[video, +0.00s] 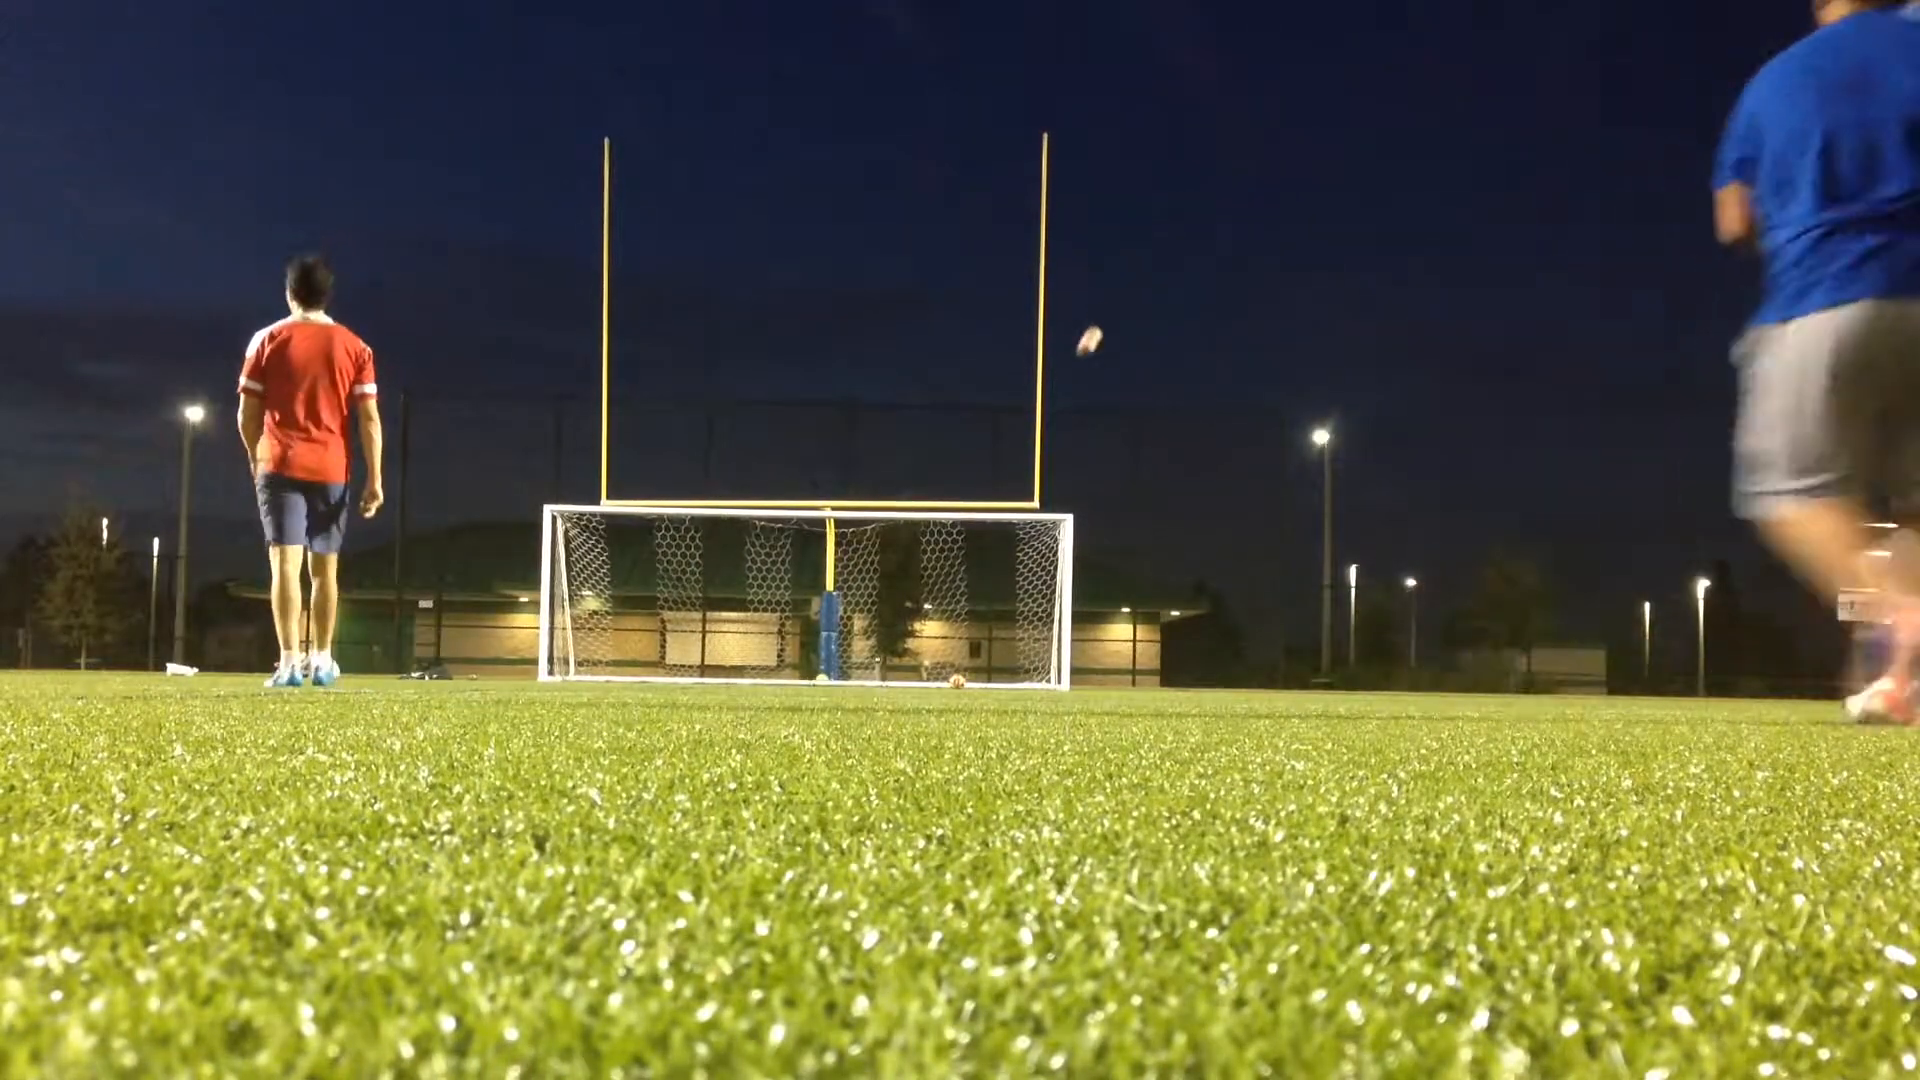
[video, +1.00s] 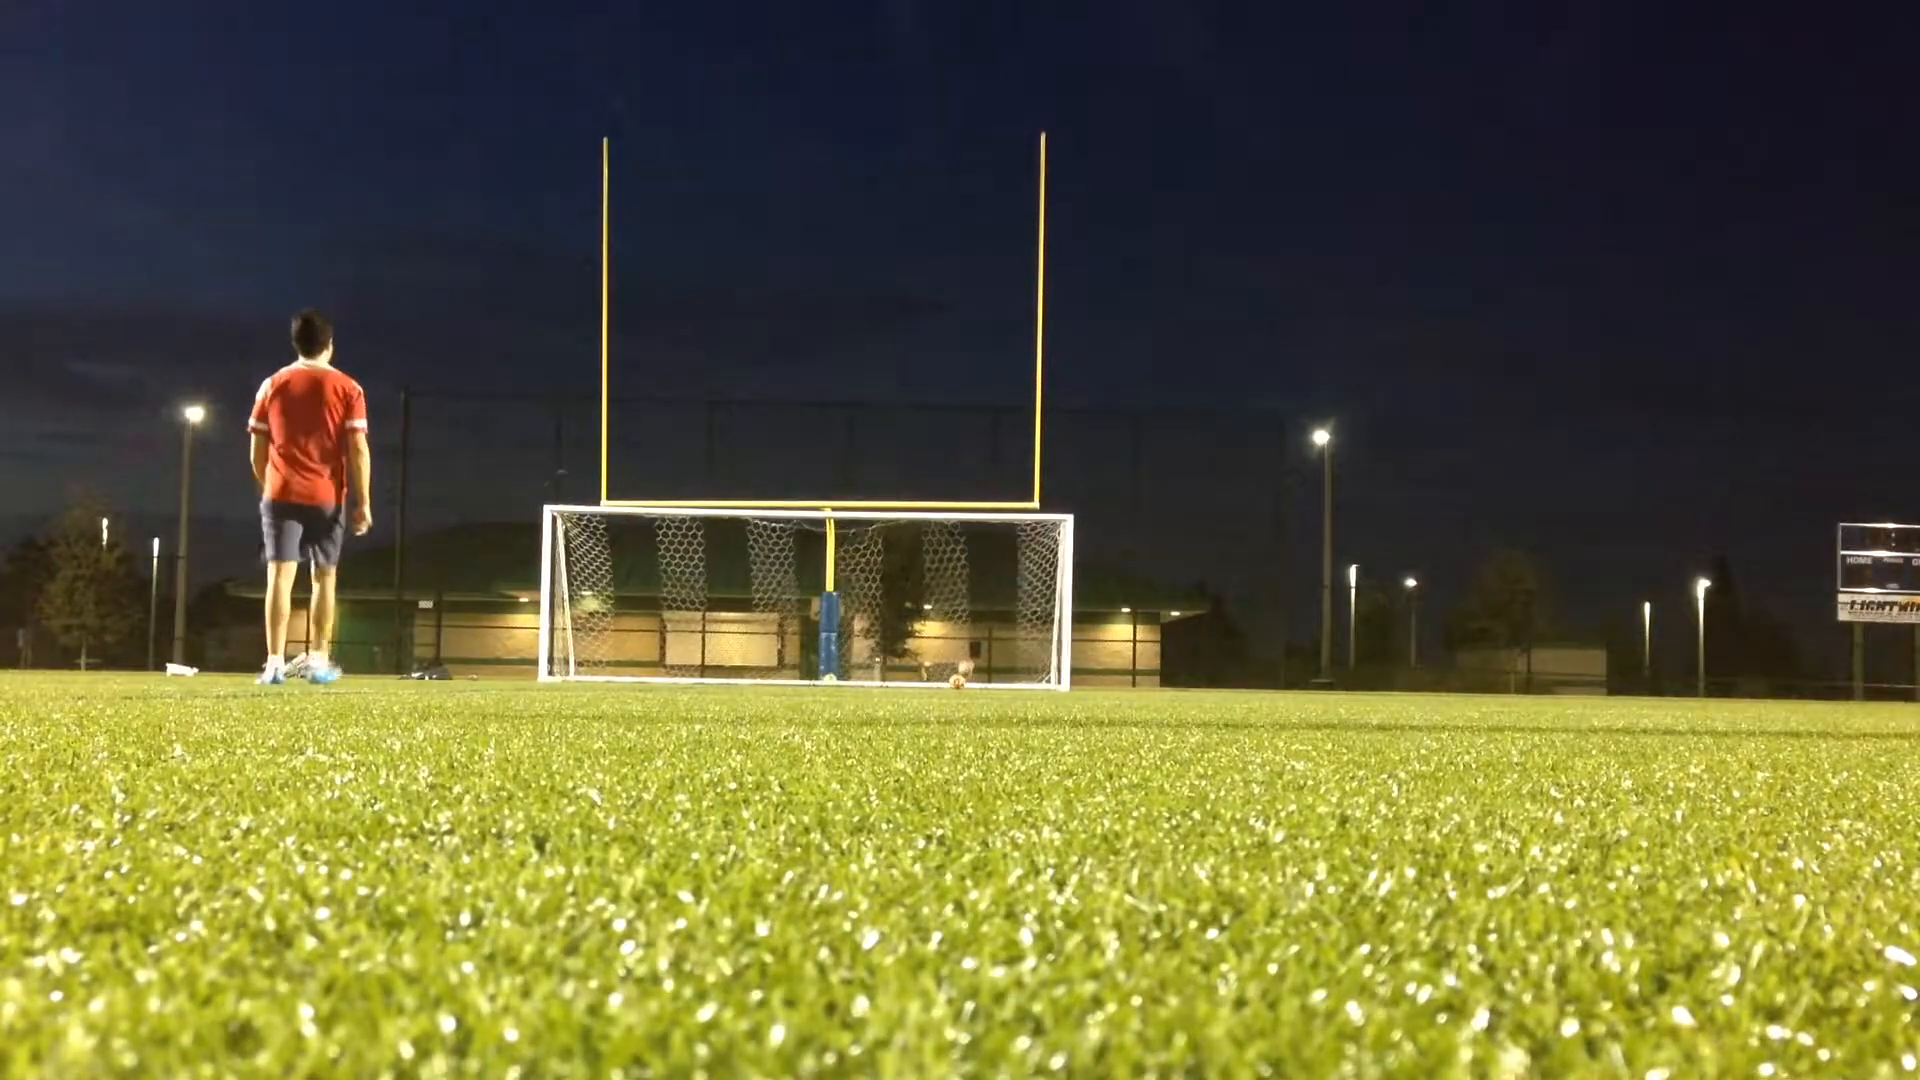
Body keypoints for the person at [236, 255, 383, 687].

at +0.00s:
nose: (289, 296)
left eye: (288, 291)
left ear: (290, 294)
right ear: (328, 295)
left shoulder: (267, 340)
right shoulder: (354, 346)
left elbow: (247, 415)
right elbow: (370, 417)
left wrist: (258, 459)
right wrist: (375, 477)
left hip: (278, 461)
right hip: (331, 466)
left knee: (285, 564)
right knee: (325, 571)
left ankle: (290, 661)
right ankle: (322, 659)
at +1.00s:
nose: (329, 347)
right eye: (329, 341)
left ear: (294, 344)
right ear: (329, 344)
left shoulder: (272, 384)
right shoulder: (348, 388)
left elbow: (257, 453)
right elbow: (358, 449)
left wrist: (270, 487)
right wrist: (362, 502)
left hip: (280, 492)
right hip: (326, 495)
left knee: (279, 575)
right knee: (324, 578)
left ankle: (274, 663)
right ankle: (318, 661)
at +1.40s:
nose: (356, 363)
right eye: (358, 358)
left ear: (325, 360)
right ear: (359, 361)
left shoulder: (305, 398)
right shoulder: (374, 403)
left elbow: (289, 457)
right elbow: (383, 463)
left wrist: (285, 505)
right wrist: (384, 510)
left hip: (309, 501)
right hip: (352, 504)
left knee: (309, 576)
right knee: (339, 586)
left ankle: (300, 643)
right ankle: (325, 664)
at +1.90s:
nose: (351, 384)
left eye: (352, 379)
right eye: (354, 379)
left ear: (355, 382)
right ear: (384, 382)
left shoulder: (337, 419)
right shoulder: (403, 421)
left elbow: (323, 476)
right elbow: (411, 476)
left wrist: (319, 521)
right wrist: (412, 519)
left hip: (341, 516)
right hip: (383, 517)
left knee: (347, 591)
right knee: (386, 589)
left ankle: (347, 666)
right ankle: (365, 638)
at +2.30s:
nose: (395, 405)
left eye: (395, 401)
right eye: (399, 400)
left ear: (398, 403)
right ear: (425, 404)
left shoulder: (378, 438)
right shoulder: (438, 442)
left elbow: (362, 490)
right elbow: (446, 493)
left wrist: (372, 520)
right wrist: (450, 539)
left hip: (382, 530)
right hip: (420, 531)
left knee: (382, 596)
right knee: (419, 601)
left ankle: (368, 640)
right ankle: (413, 670)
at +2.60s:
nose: (414, 416)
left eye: (414, 411)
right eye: (419, 411)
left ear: (415, 414)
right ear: (442, 414)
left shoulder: (398, 448)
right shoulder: (458, 450)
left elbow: (385, 498)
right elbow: (467, 497)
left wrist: (376, 538)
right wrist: (467, 525)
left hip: (404, 535)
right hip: (438, 535)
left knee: (411, 600)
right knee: (427, 599)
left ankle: (418, 663)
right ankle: (414, 663)